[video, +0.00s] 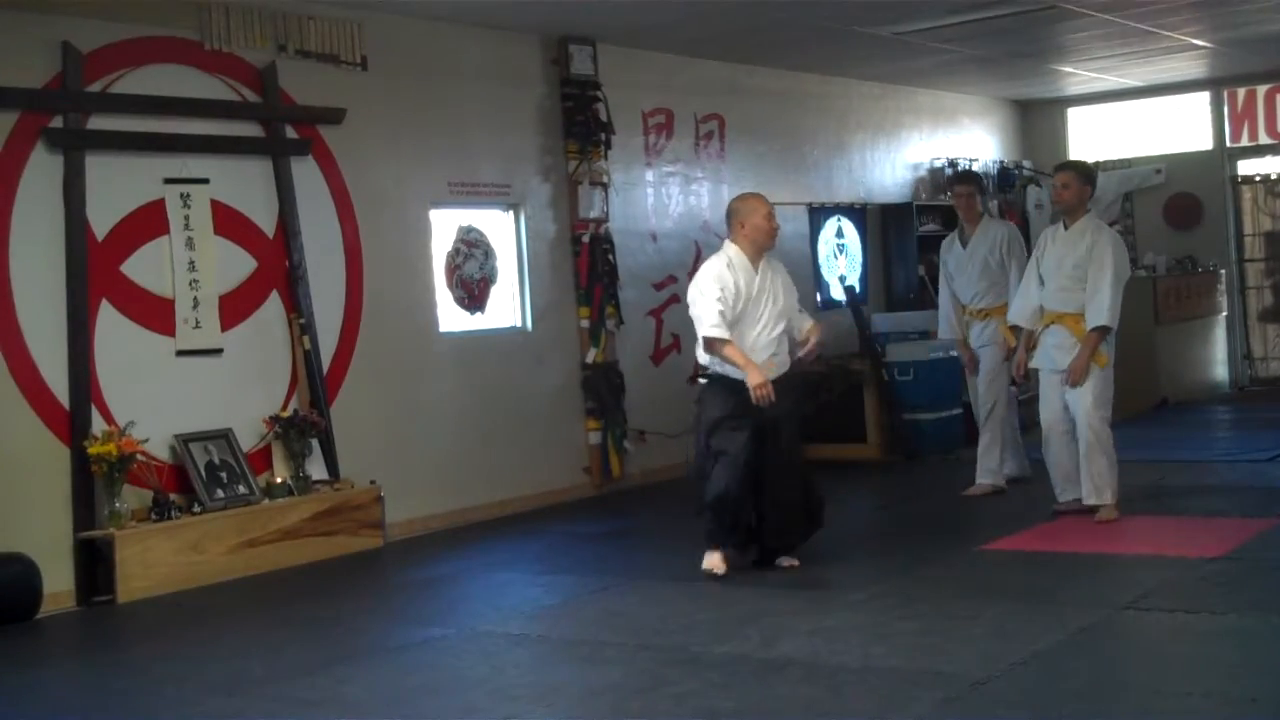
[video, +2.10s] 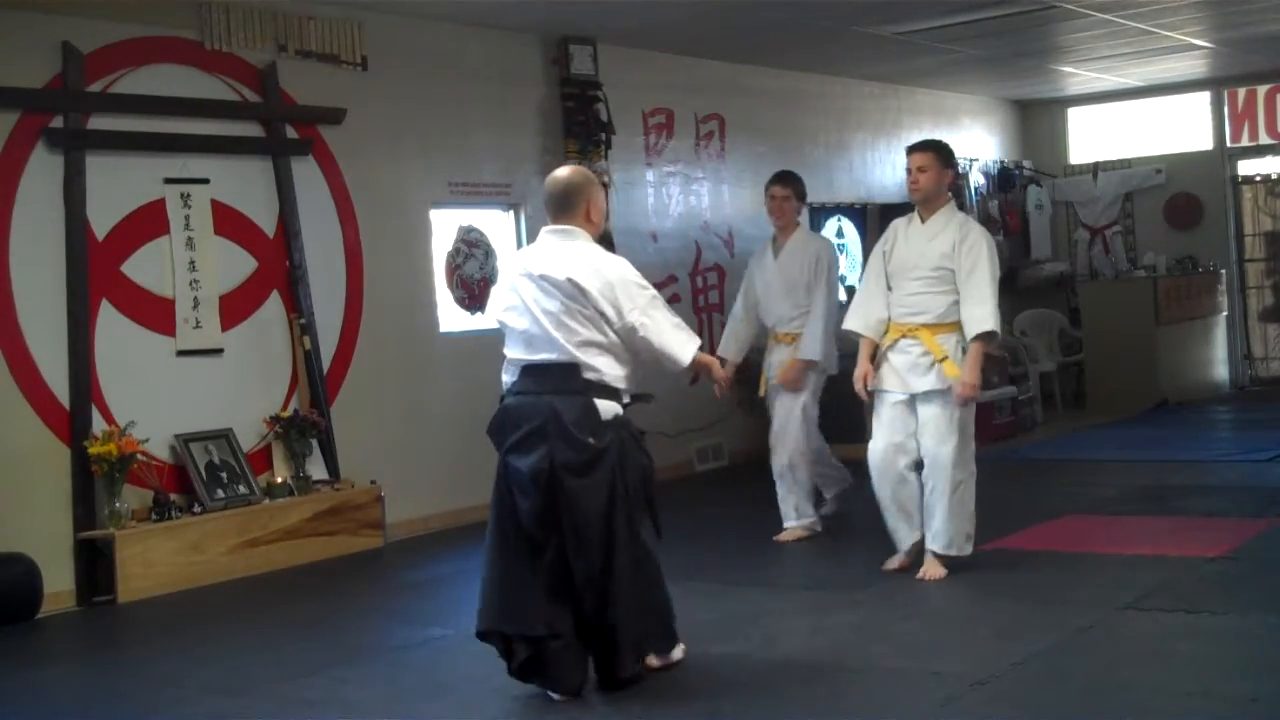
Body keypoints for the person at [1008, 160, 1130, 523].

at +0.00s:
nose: (1056, 193)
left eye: (1064, 187)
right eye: (1054, 187)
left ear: (1087, 191)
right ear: (1053, 192)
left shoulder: (1103, 237)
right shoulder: (1048, 238)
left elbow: (1106, 300)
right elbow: (1033, 294)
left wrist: (1085, 354)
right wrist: (1022, 346)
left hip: (1087, 336)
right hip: (1049, 336)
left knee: (1091, 420)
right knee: (1053, 421)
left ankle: (1105, 499)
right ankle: (1069, 495)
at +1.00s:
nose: (1037, 200)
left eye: (1045, 193)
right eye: (1034, 194)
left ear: (1069, 197)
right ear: (1033, 200)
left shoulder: (1093, 247)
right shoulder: (1027, 249)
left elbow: (1100, 309)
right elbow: (1011, 305)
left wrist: (1080, 365)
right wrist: (1002, 362)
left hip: (1080, 351)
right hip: (1035, 350)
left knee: (1094, 439)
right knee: (1016, 428)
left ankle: (1102, 507)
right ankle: (1008, 508)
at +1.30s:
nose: (986, 191)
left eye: (994, 183)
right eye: (984, 185)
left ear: (1019, 188)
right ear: (983, 191)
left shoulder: (1044, 239)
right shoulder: (974, 242)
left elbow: (1052, 302)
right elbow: (955, 300)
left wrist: (1040, 362)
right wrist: (946, 362)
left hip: (1029, 345)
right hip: (982, 347)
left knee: (1049, 441)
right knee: (983, 438)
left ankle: (1084, 485)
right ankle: (992, 526)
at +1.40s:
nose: (970, 188)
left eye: (979, 181)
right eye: (968, 182)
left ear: (1003, 185)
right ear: (966, 188)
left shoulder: (1030, 237)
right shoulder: (959, 240)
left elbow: (1039, 298)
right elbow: (939, 297)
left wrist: (1034, 357)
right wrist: (927, 357)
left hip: (1013, 347)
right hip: (968, 347)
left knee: (1016, 440)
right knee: (972, 440)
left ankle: (1047, 492)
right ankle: (987, 528)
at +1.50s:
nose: (958, 187)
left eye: (967, 179)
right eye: (955, 181)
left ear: (991, 183)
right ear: (954, 187)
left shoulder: (1017, 236)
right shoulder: (945, 240)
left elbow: (1029, 296)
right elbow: (925, 294)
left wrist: (1028, 355)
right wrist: (910, 350)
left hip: (1000, 346)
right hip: (956, 347)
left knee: (990, 436)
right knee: (958, 442)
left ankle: (1004, 518)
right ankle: (976, 526)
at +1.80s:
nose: (932, 184)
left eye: (941, 176)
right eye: (929, 178)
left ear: (965, 180)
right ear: (928, 184)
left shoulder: (989, 236)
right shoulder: (916, 236)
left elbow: (1006, 303)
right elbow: (897, 297)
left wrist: (1012, 370)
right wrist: (887, 352)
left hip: (966, 352)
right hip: (919, 355)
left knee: (950, 450)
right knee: (933, 452)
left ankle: (936, 549)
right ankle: (981, 514)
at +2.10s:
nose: (912, 179)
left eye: (921, 171)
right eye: (909, 172)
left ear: (948, 177)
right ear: (908, 178)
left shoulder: (969, 234)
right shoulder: (896, 232)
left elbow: (981, 303)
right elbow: (875, 295)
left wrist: (973, 364)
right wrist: (864, 356)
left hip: (944, 354)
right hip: (894, 355)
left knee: (942, 455)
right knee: (884, 453)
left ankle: (939, 549)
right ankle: (910, 540)